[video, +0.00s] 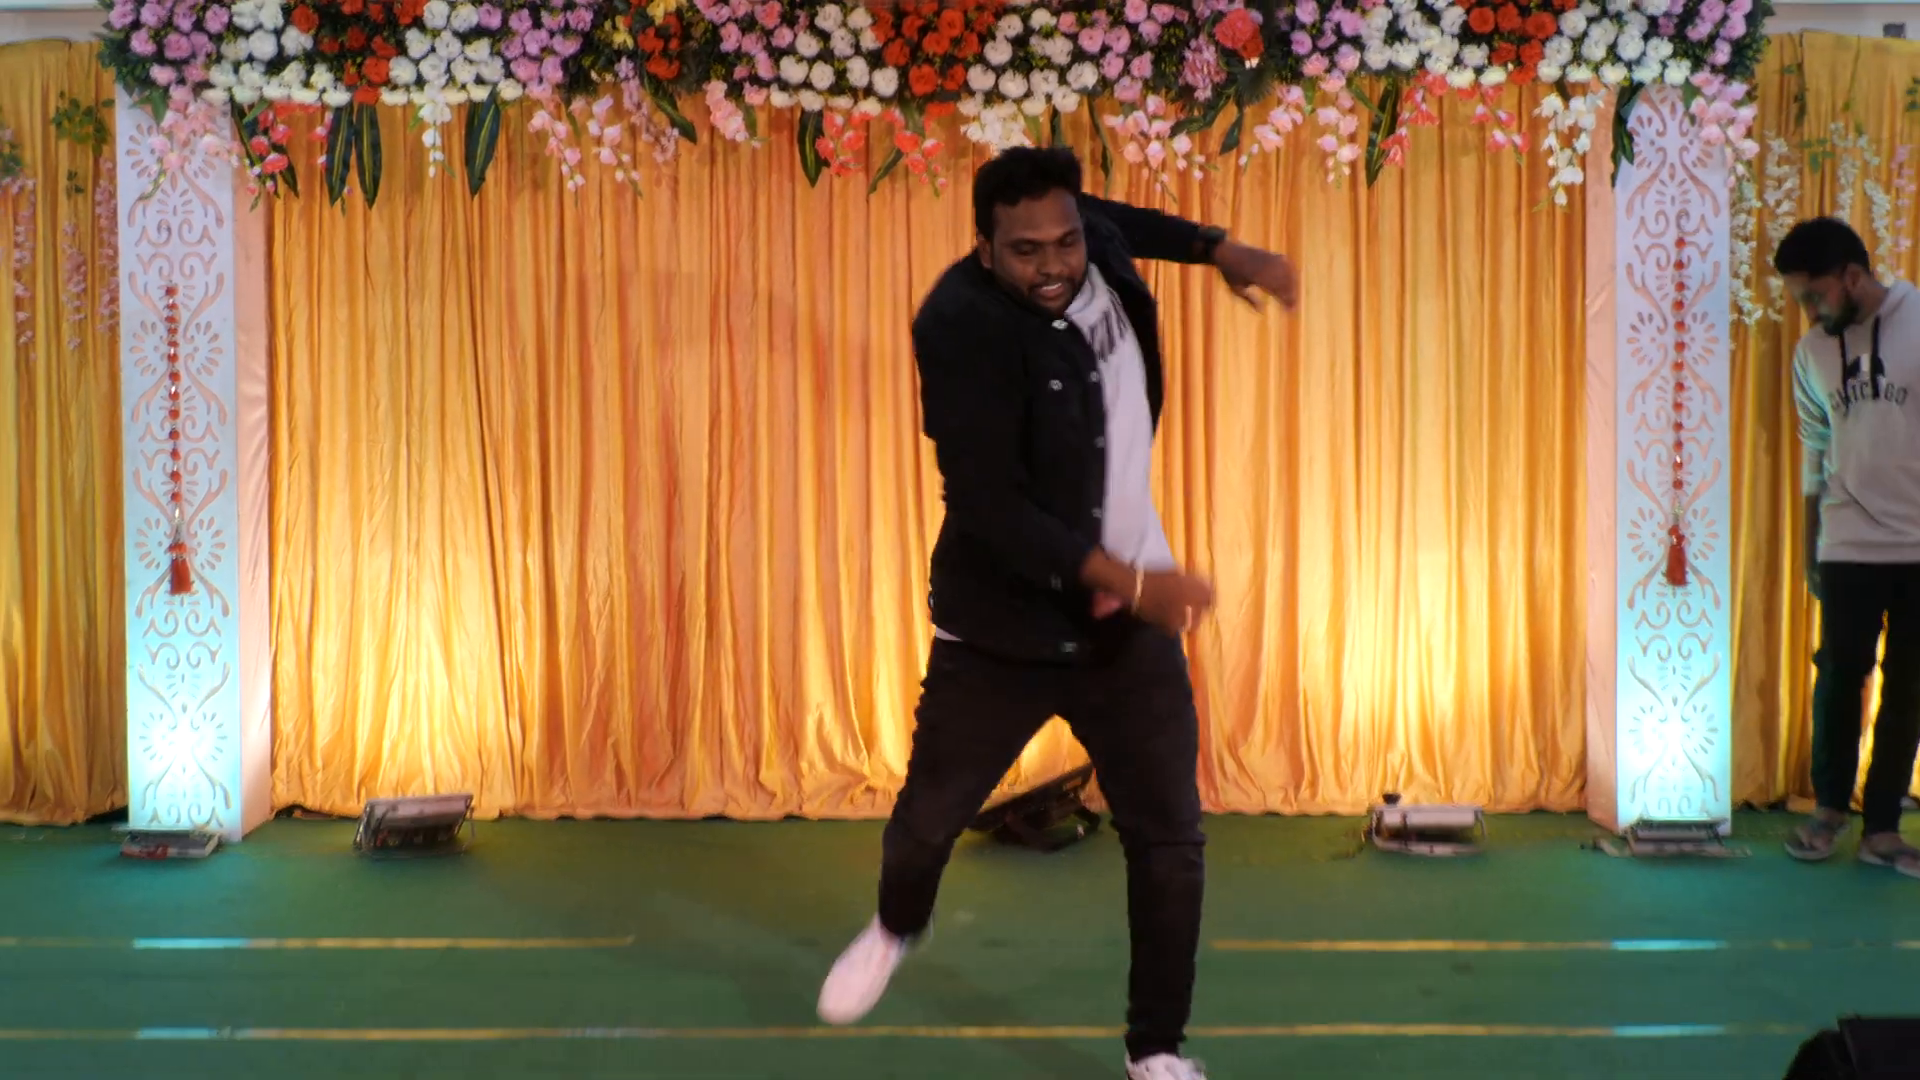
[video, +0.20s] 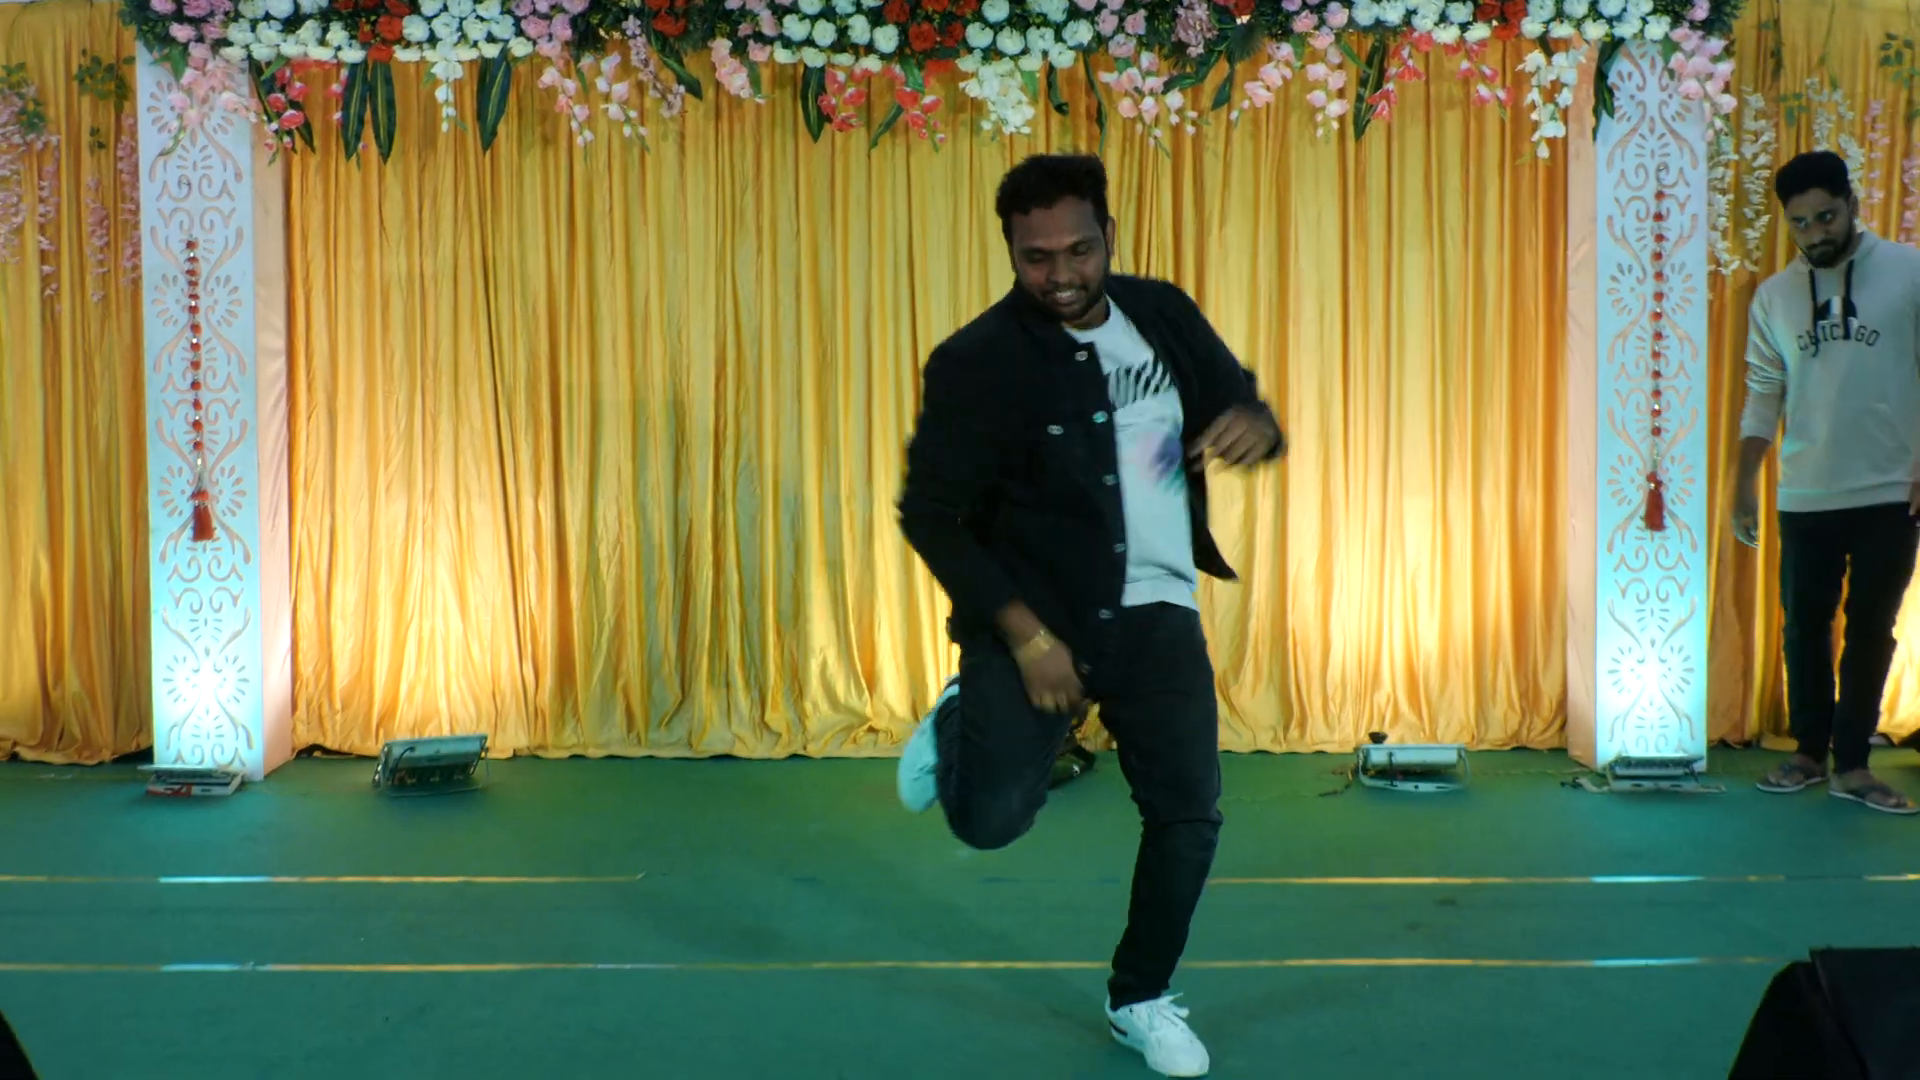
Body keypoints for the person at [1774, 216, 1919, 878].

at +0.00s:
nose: (1809, 310)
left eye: (1815, 294)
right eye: (1802, 298)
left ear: (1853, 272)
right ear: (1813, 289)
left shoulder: (1913, 318)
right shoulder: (1814, 352)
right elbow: (1815, 454)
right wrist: (1813, 550)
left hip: (1916, 546)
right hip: (1847, 544)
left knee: (1908, 691)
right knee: (1840, 679)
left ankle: (1882, 828)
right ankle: (1830, 810)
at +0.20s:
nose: (1815, 232)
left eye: (1825, 216)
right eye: (1800, 221)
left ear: (1853, 206)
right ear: (1787, 224)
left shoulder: (1906, 269)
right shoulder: (1774, 297)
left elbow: (1916, 374)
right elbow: (1762, 395)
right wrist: (1743, 487)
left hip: (1892, 488)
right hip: (1807, 490)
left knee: (1872, 631)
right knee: (1805, 626)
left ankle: (1852, 766)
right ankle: (1809, 756)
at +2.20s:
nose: (1813, 231)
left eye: (1827, 220)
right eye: (1802, 220)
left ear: (1850, 228)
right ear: (1788, 227)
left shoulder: (1885, 305)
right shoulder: (1752, 305)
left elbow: (1903, 399)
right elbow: (1726, 393)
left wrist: (1901, 484)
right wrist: (1716, 476)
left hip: (1846, 496)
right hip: (1765, 494)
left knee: (1834, 627)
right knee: (1747, 622)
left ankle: (1821, 750)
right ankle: (1730, 751)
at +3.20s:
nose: (1748, 265)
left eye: (1758, 256)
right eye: (1736, 256)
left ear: (1773, 264)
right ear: (1716, 262)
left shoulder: (1800, 333)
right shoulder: (1679, 331)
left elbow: (1813, 419)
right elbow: (1654, 410)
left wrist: (1809, 499)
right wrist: (1645, 487)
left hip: (1763, 507)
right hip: (1690, 504)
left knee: (1749, 627)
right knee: (1669, 623)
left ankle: (1735, 736)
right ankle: (1652, 737)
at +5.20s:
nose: (1716, 275)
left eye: (1729, 266)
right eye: (1710, 266)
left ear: (1757, 271)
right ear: (1703, 271)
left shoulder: (1792, 342)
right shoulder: (1672, 339)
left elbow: (1806, 427)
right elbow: (1648, 416)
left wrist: (1802, 506)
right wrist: (1636, 492)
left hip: (1755, 511)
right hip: (1682, 509)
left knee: (1742, 629)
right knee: (1661, 623)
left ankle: (1727, 737)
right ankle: (1645, 737)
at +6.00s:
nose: (1653, 284)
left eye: (1664, 274)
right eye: (1649, 275)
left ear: (1701, 272)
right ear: (1648, 277)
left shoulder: (1751, 333)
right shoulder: (1631, 343)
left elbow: (1782, 414)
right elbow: (1613, 417)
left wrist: (1777, 492)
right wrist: (1607, 486)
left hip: (1721, 507)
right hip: (1650, 509)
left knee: (1723, 626)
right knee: (1650, 625)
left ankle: (1726, 736)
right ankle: (1653, 736)